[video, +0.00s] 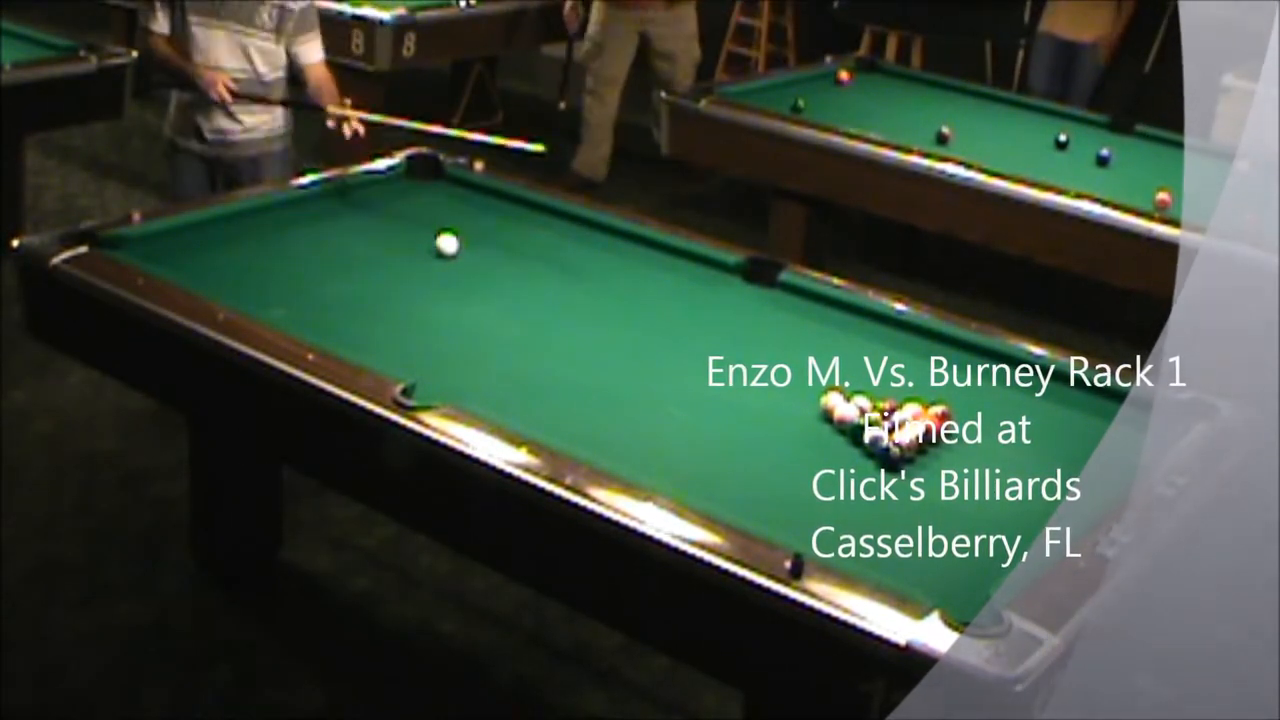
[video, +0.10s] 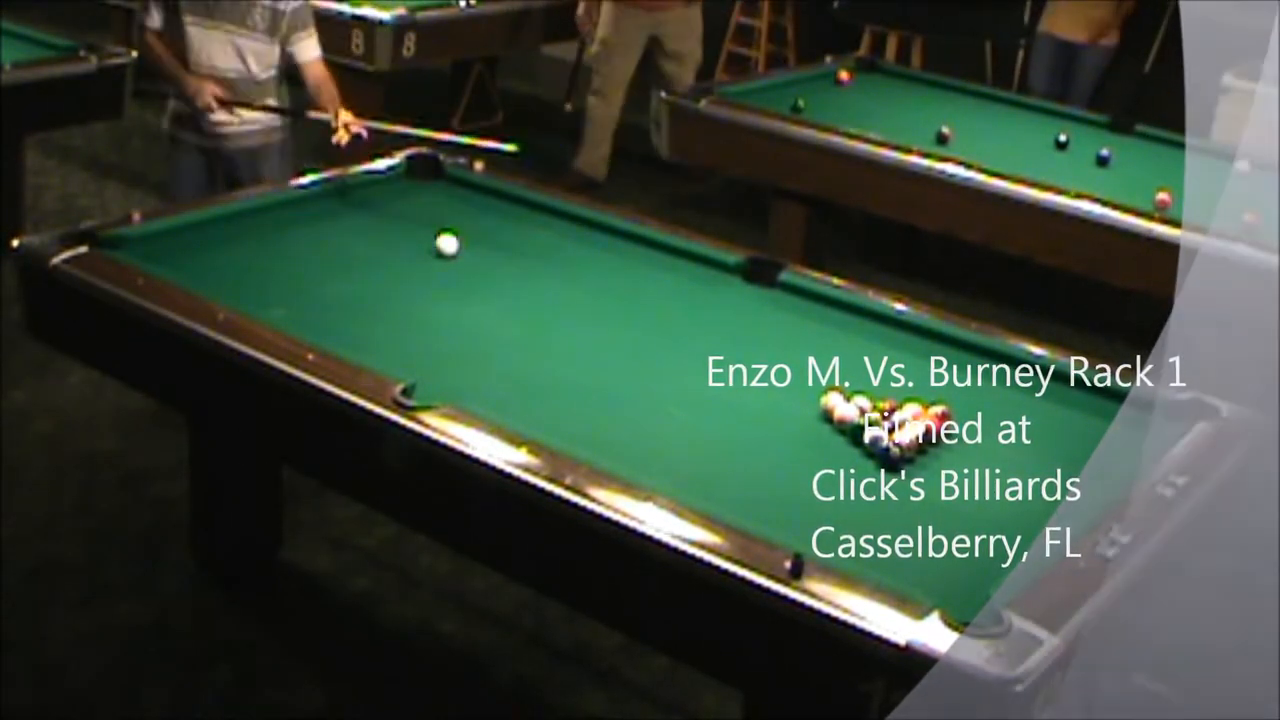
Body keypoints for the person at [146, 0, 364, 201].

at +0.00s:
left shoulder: (295, 6)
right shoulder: (176, 6)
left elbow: (314, 66)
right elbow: (154, 39)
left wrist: (334, 105)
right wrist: (197, 74)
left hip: (264, 147)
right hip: (194, 144)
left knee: (261, 250)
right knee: (188, 247)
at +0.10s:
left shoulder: (290, 6)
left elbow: (315, 69)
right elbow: (149, 34)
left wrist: (337, 112)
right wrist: (188, 83)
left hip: (262, 140)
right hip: (194, 136)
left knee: (264, 238)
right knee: (186, 235)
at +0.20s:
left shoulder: (290, 10)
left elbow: (318, 74)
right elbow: (145, 24)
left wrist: (339, 121)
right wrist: (168, 86)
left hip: (261, 141)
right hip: (193, 135)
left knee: (263, 241)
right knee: (184, 238)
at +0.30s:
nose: (220, 14)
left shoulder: (291, 11)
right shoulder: (176, 7)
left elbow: (328, 90)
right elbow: (141, 18)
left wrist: (349, 139)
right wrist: (137, 74)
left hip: (263, 145)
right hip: (194, 138)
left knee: (267, 244)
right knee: (189, 241)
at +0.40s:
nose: (259, 20)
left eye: (264, 14)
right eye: (248, 15)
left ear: (276, 3)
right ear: (224, 7)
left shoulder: (297, 25)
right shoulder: (199, 9)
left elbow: (338, 108)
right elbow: (143, 9)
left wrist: (353, 162)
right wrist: (141, 61)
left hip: (273, 147)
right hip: (205, 137)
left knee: (271, 244)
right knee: (197, 238)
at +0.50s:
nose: (277, 41)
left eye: (284, 31)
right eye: (268, 34)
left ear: (292, 18)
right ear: (237, 27)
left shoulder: (302, 39)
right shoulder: (199, 20)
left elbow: (343, 125)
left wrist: (357, 181)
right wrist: (170, 69)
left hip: (281, 143)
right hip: (209, 133)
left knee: (280, 235)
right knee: (201, 231)